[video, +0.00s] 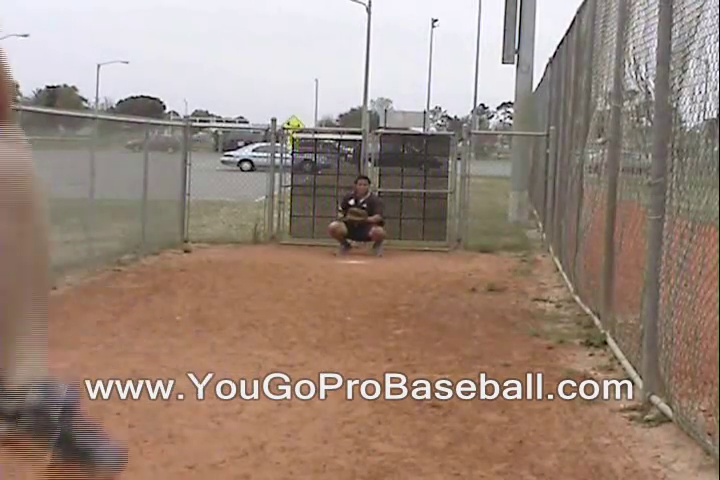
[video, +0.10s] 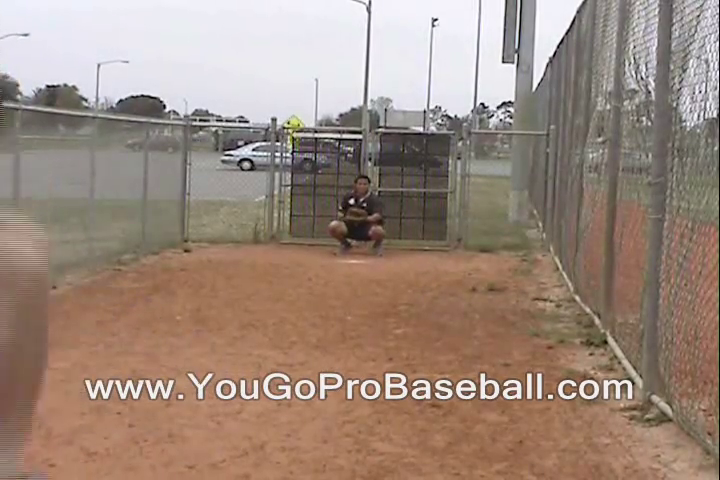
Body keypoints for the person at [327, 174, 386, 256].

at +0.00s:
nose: (362, 187)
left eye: (365, 185)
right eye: (360, 185)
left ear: (368, 187)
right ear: (355, 186)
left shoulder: (374, 200)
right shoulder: (348, 198)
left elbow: (378, 217)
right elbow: (340, 214)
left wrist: (363, 219)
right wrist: (348, 218)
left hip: (366, 227)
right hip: (350, 226)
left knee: (379, 231)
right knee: (333, 228)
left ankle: (377, 245)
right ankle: (345, 245)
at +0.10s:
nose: (362, 187)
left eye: (365, 184)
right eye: (360, 184)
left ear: (368, 186)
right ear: (355, 185)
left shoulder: (373, 199)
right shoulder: (348, 197)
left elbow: (378, 215)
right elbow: (340, 213)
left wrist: (362, 219)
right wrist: (348, 218)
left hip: (365, 226)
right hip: (350, 225)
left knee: (378, 231)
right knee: (333, 227)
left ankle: (376, 245)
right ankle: (345, 244)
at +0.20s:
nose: (362, 187)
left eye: (365, 184)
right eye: (360, 184)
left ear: (368, 186)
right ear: (355, 186)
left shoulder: (373, 199)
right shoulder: (348, 197)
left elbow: (378, 215)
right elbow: (339, 213)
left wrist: (362, 219)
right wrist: (349, 218)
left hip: (366, 227)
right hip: (350, 226)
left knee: (378, 231)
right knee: (333, 227)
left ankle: (376, 246)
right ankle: (346, 244)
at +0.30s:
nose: (362, 187)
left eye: (365, 184)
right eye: (360, 184)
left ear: (368, 186)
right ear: (355, 186)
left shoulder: (373, 199)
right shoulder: (348, 197)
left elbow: (379, 216)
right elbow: (339, 214)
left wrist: (365, 218)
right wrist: (348, 217)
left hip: (365, 226)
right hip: (350, 226)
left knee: (378, 231)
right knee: (333, 227)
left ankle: (376, 246)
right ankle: (346, 244)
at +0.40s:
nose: (362, 187)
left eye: (365, 184)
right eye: (360, 184)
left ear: (368, 186)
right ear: (355, 185)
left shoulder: (373, 199)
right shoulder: (348, 197)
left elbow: (379, 216)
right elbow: (339, 213)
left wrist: (366, 217)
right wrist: (347, 216)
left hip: (365, 226)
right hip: (350, 225)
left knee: (377, 231)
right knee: (334, 227)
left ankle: (376, 245)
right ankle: (346, 244)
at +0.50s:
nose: (362, 187)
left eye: (364, 185)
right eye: (360, 184)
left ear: (368, 186)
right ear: (355, 186)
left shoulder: (373, 200)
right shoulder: (348, 198)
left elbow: (379, 217)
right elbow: (339, 213)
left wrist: (364, 217)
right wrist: (346, 216)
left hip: (365, 227)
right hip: (350, 226)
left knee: (376, 231)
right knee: (334, 227)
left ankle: (376, 245)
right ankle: (346, 245)